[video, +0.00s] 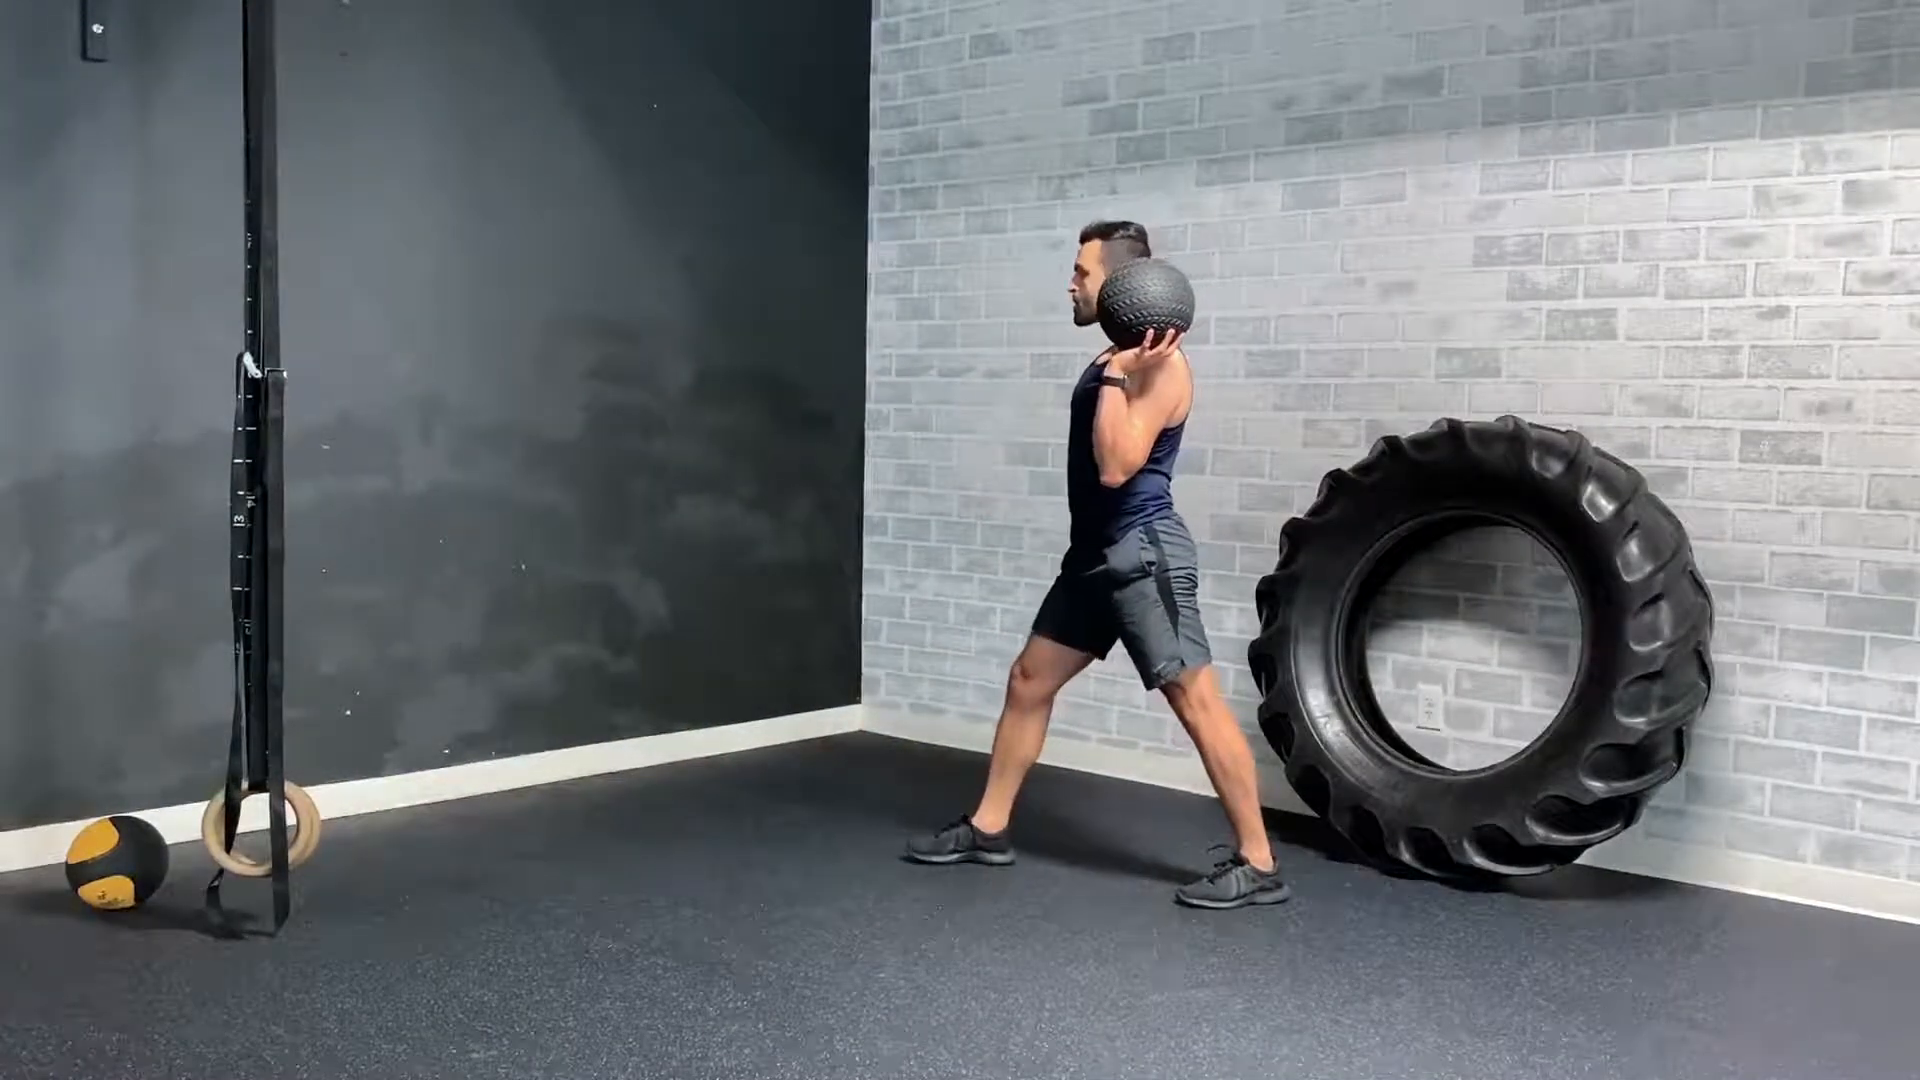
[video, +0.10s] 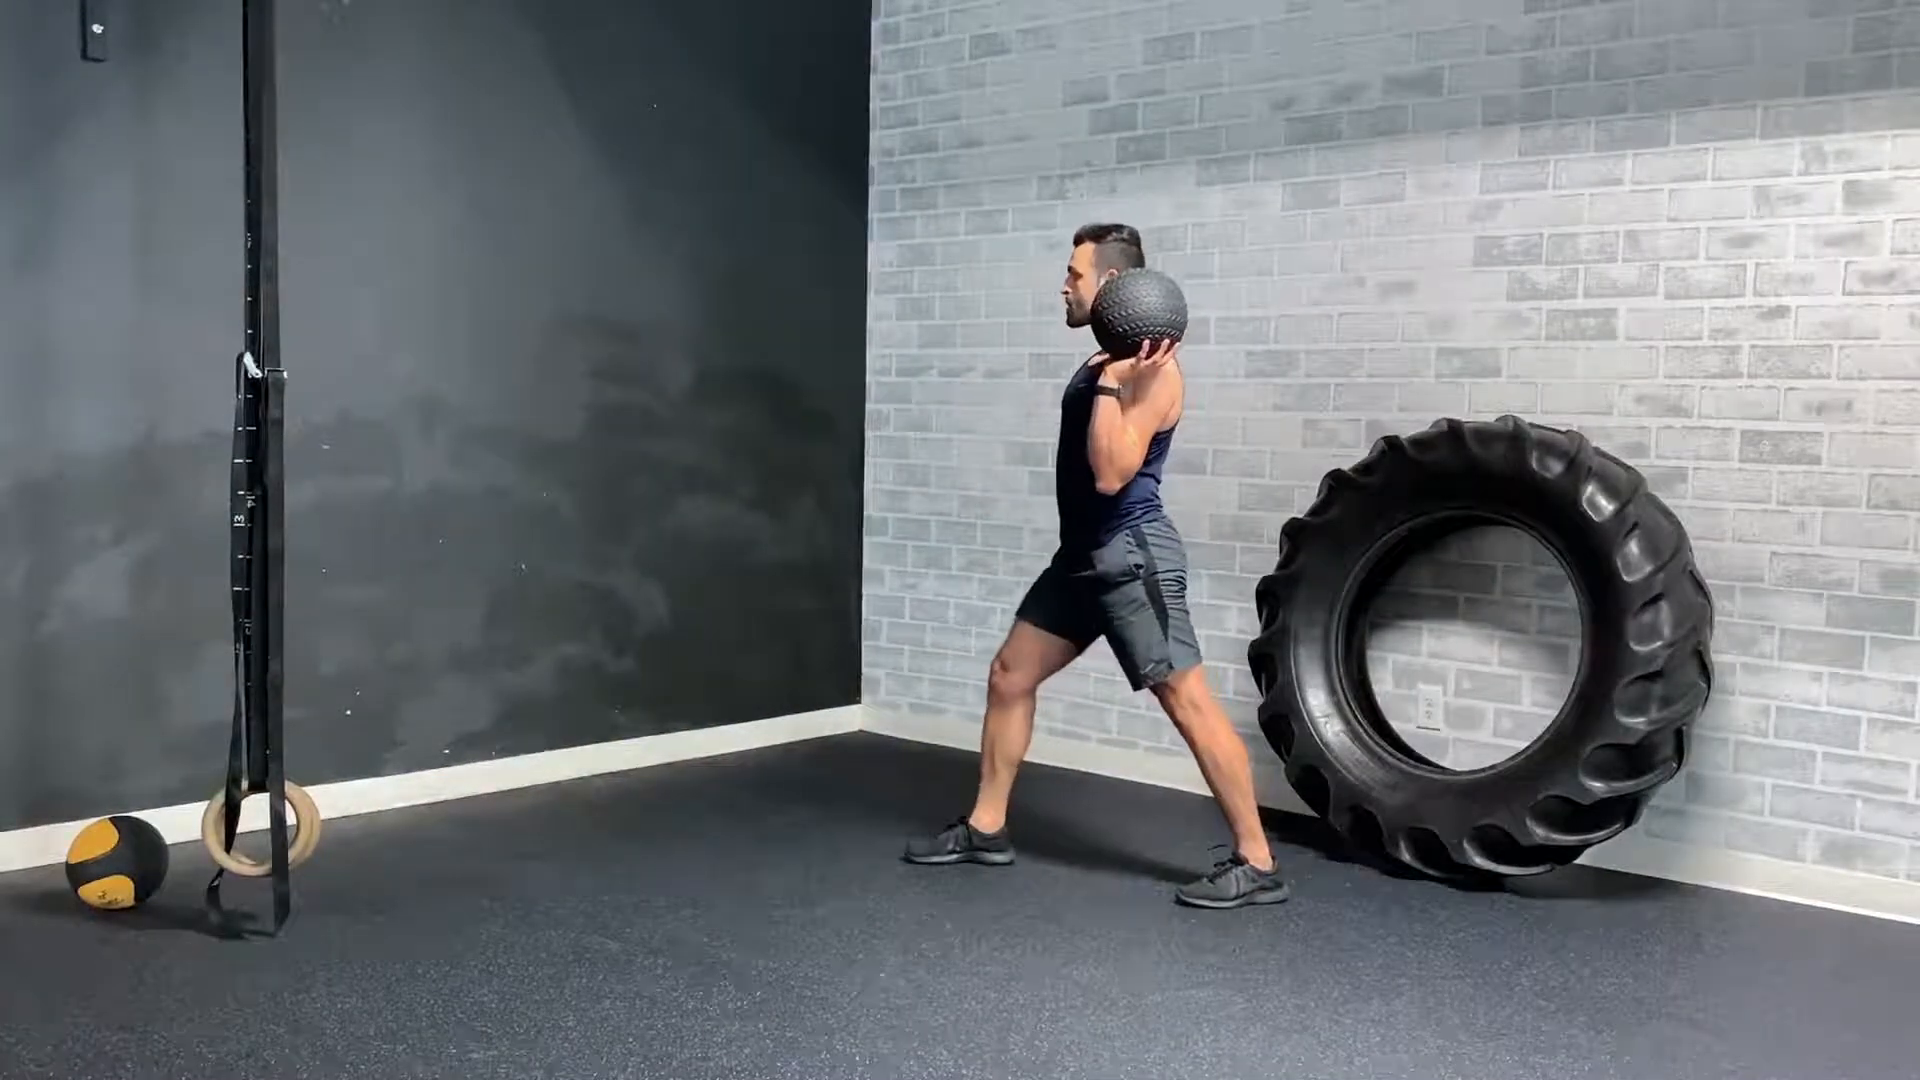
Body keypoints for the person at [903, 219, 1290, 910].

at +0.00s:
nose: (1072, 286)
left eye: (1083, 274)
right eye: (1075, 274)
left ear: (1126, 282)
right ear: (1115, 284)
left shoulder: (1164, 366)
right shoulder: (1118, 357)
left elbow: (1118, 464)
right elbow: (1104, 475)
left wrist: (1113, 380)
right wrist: (1086, 550)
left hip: (1146, 554)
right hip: (1097, 556)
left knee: (1198, 702)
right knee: (1029, 683)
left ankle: (1258, 861)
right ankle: (989, 828)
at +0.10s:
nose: (1065, 288)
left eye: (1076, 276)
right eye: (1068, 275)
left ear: (1114, 283)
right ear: (1106, 284)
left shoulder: (1156, 374)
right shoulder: (1108, 359)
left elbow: (1113, 473)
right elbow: (1095, 474)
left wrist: (1108, 387)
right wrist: (1077, 548)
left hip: (1136, 557)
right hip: (1085, 559)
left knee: (1190, 703)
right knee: (1010, 679)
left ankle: (1256, 861)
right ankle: (986, 830)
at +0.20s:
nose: (1059, 290)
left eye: (1070, 278)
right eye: (1062, 278)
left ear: (1108, 282)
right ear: (1099, 283)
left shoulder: (1152, 379)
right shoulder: (1095, 363)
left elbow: (1113, 483)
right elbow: (1092, 472)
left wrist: (1106, 398)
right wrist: (1063, 539)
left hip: (1131, 559)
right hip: (1077, 560)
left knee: (1186, 703)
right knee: (1001, 678)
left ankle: (1255, 860)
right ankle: (986, 829)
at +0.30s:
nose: (1056, 292)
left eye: (1066, 280)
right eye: (1058, 279)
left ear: (1104, 284)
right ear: (1096, 285)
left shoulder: (1149, 380)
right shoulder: (1089, 364)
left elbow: (1114, 486)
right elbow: (1090, 473)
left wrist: (1105, 400)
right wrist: (1058, 536)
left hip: (1132, 558)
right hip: (1078, 560)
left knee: (1187, 703)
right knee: (998, 677)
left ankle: (1256, 860)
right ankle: (985, 829)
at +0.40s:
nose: (1053, 293)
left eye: (1063, 281)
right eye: (1054, 281)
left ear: (1102, 285)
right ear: (1094, 287)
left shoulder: (1148, 378)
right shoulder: (1087, 362)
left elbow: (1115, 486)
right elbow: (1088, 473)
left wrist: (1106, 403)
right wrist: (1059, 538)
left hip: (1133, 557)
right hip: (1080, 560)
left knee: (1189, 702)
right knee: (1000, 677)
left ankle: (1257, 860)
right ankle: (985, 829)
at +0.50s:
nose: (1051, 294)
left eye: (1061, 282)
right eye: (1053, 281)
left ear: (1101, 285)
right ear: (1093, 287)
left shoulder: (1148, 379)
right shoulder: (1087, 362)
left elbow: (1114, 485)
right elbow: (1086, 473)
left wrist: (1105, 402)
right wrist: (1064, 543)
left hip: (1135, 556)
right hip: (1081, 559)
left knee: (1190, 703)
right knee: (1002, 678)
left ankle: (1257, 860)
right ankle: (985, 829)